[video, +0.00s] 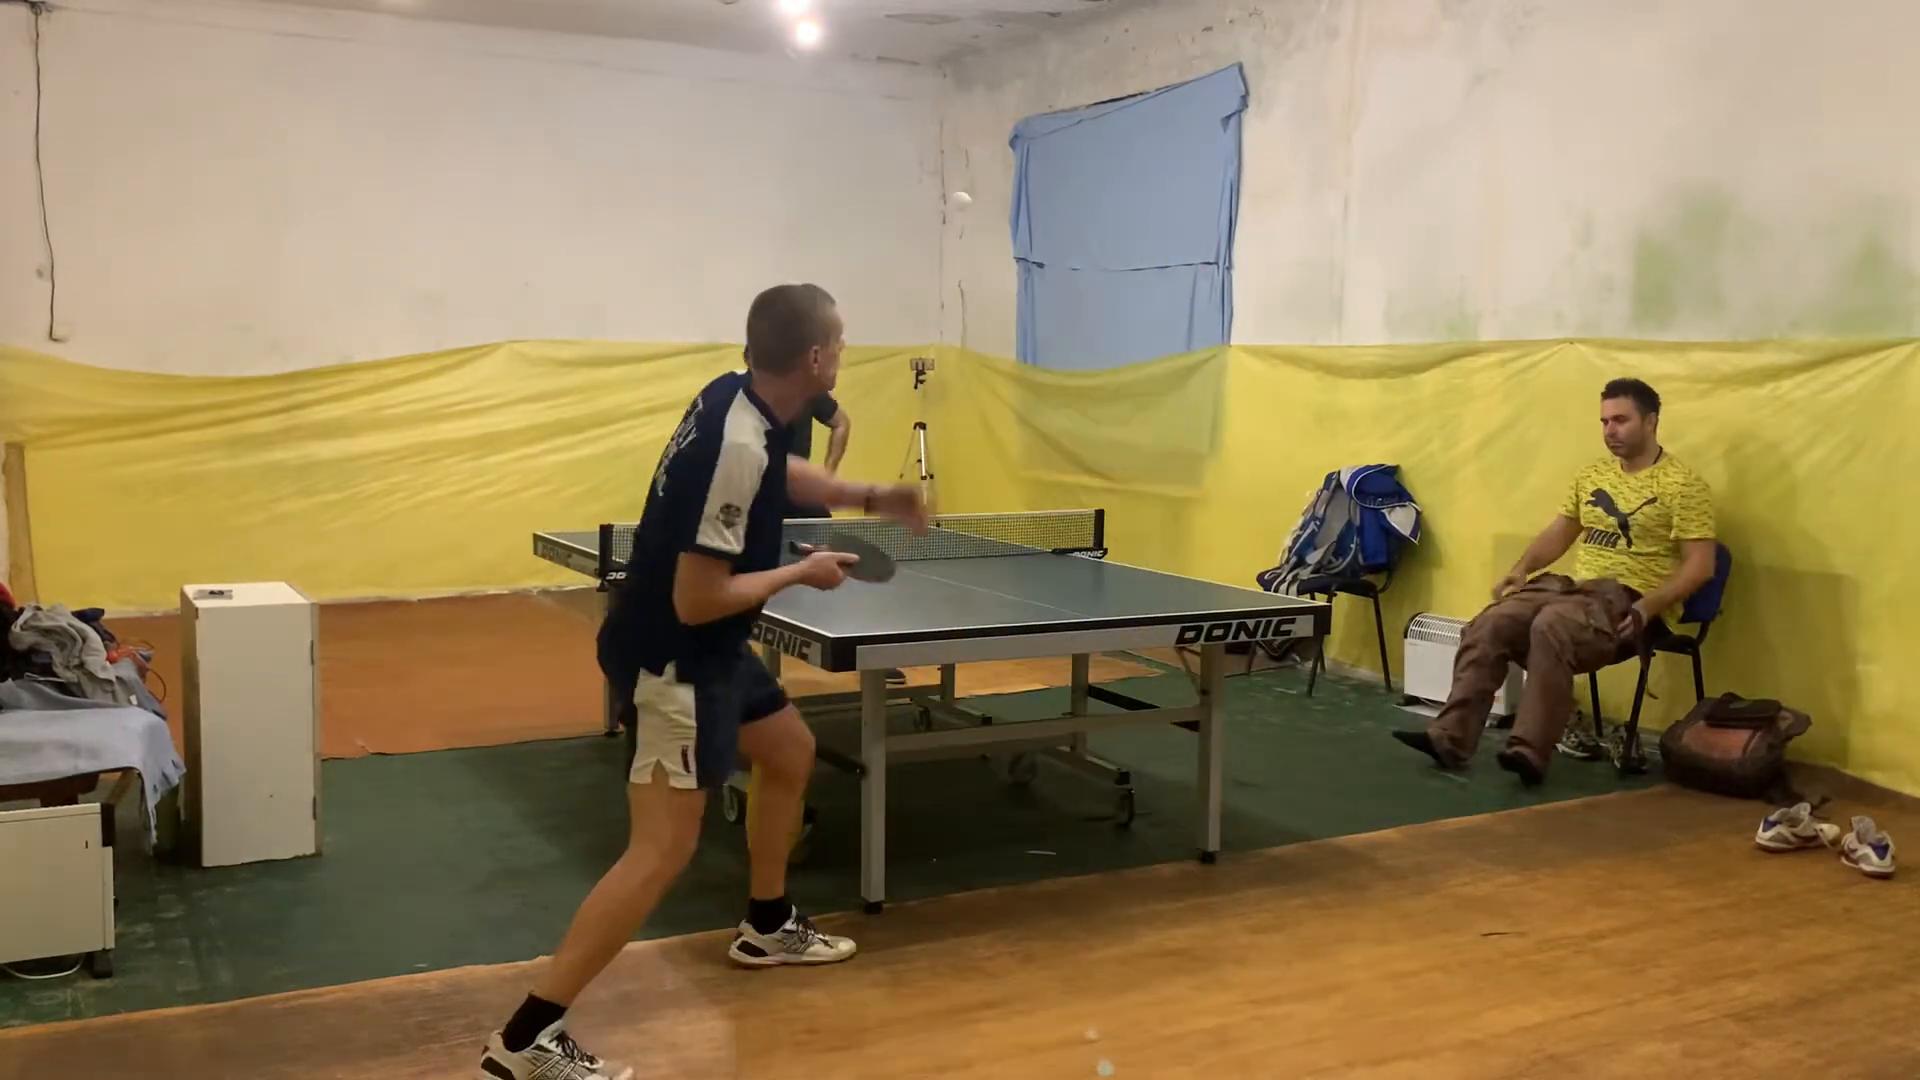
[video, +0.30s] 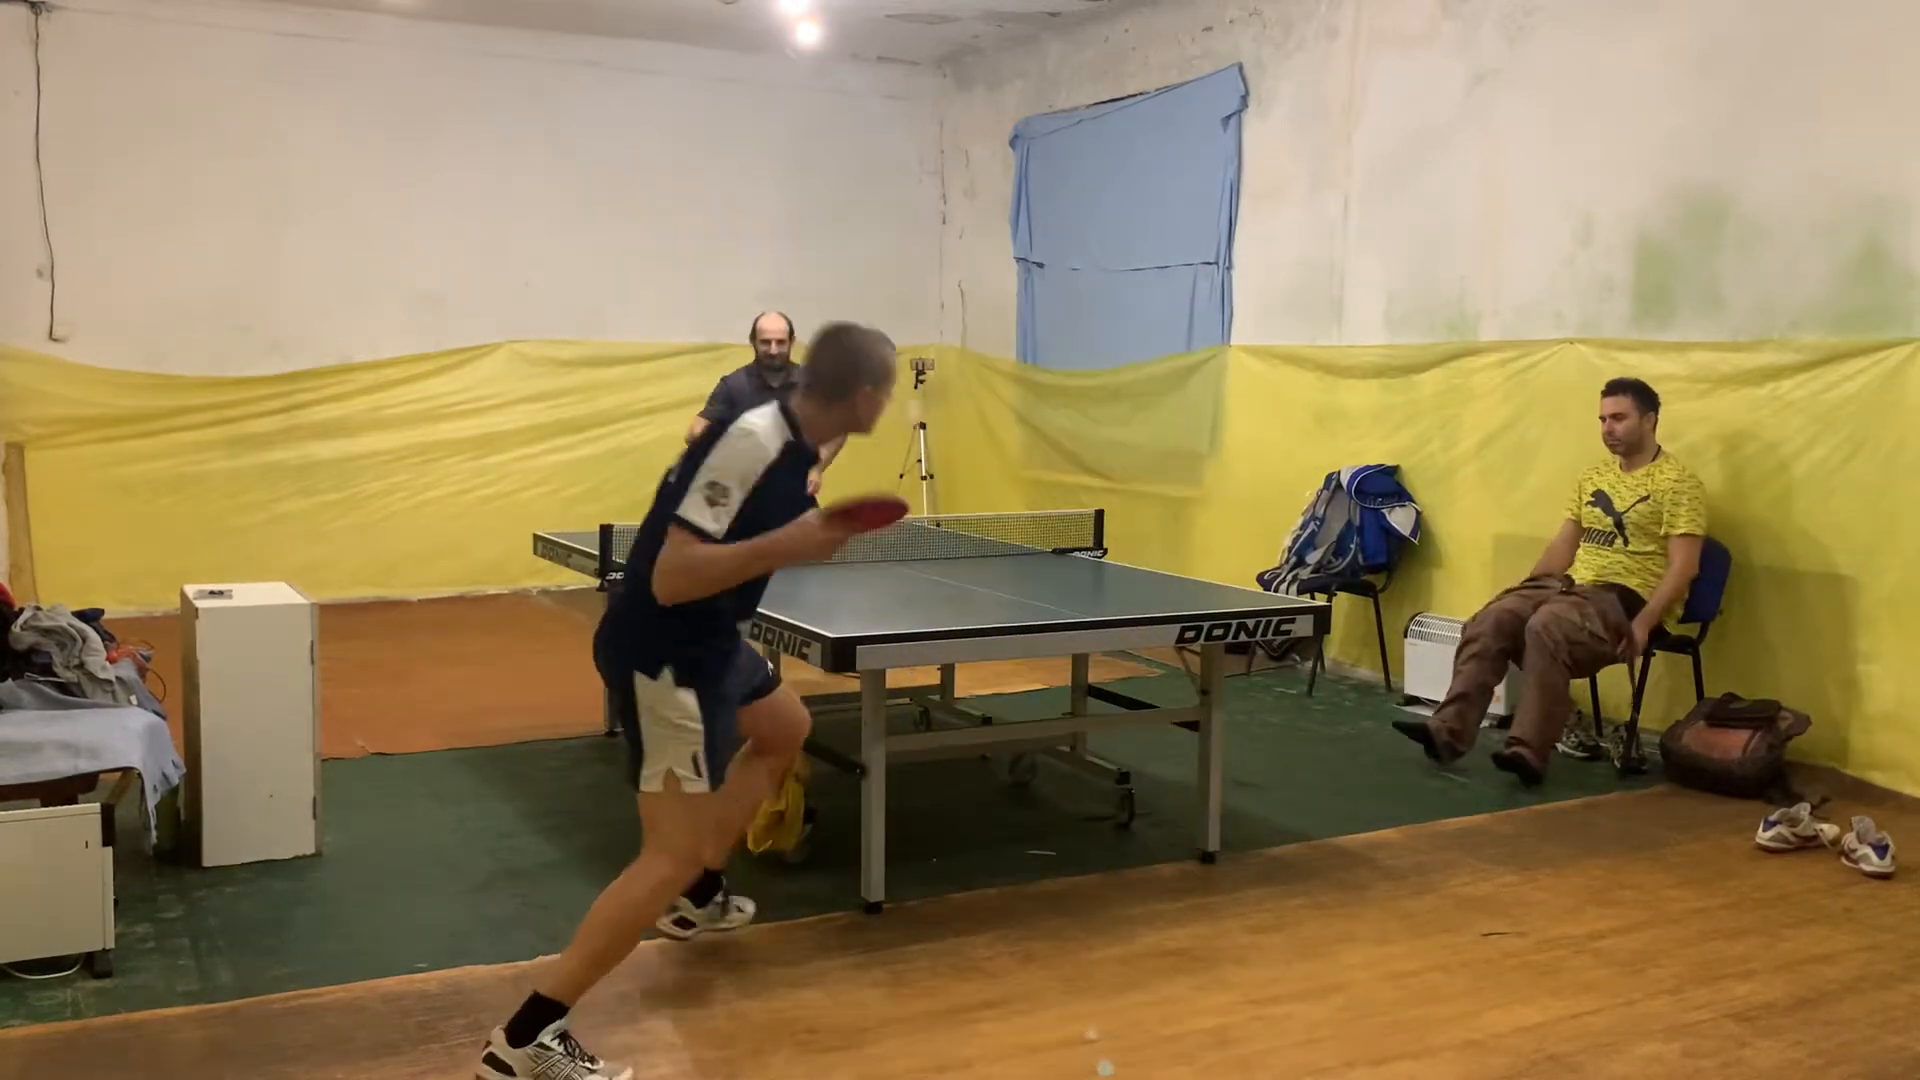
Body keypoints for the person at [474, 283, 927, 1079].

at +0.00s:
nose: (841, 361)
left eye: (839, 349)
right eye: (838, 350)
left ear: (764, 351)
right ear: (814, 361)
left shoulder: (743, 404)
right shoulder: (732, 445)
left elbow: (774, 480)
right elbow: (696, 597)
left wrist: (871, 498)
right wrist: (799, 571)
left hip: (712, 643)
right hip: (672, 658)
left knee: (789, 754)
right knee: (661, 848)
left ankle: (767, 925)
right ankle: (528, 1034)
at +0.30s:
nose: (886, 406)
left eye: (886, 394)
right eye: (885, 395)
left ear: (823, 379)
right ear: (862, 400)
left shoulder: (797, 435)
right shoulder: (750, 441)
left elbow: (738, 539)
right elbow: (670, 577)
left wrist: (818, 533)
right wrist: (786, 545)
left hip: (708, 634)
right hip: (660, 648)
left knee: (784, 726)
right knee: (675, 856)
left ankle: (695, 889)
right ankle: (528, 1032)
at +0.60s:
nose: (926, 434)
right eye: (928, 424)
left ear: (860, 396)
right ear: (920, 423)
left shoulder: (785, 429)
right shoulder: (896, 490)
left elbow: (678, 516)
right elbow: (866, 629)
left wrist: (654, 622)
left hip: (711, 637)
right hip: (781, 656)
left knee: (768, 792)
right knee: (805, 852)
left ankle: (748, 939)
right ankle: (640, 969)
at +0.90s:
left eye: (916, 351)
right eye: (979, 363)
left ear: (916, 353)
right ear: (983, 367)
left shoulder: (864, 403)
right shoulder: (1001, 448)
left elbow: (785, 496)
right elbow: (983, 577)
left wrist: (748, 615)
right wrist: (940, 627)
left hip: (848, 636)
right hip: (945, 644)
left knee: (818, 763)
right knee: (1028, 802)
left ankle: (783, 939)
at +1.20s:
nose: (1030, 343)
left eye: (1032, 332)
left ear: (1038, 335)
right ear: (1108, 344)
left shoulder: (1008, 397)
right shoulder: (1155, 414)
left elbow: (966, 513)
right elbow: (1173, 560)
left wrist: (930, 597)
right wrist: (1108, 585)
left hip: (1038, 643)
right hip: (1141, 644)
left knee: (933, 792)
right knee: (1191, 790)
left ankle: (865, 973)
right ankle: (1224, 977)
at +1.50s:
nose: (1095, 425)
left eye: (1096, 413)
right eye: (1097, 414)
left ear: (1108, 410)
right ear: (1173, 419)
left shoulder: (1090, 467)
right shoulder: (1221, 479)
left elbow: (1057, 597)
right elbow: (1260, 607)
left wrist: (1011, 644)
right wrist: (1216, 659)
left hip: (1136, 703)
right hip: (1243, 702)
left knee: (1005, 828)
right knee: (1281, 834)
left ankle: (972, 1033)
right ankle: (1375, 1009)